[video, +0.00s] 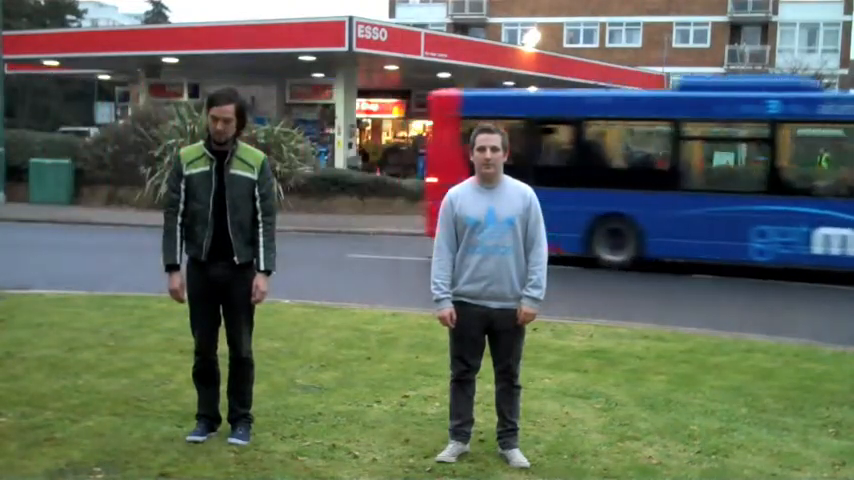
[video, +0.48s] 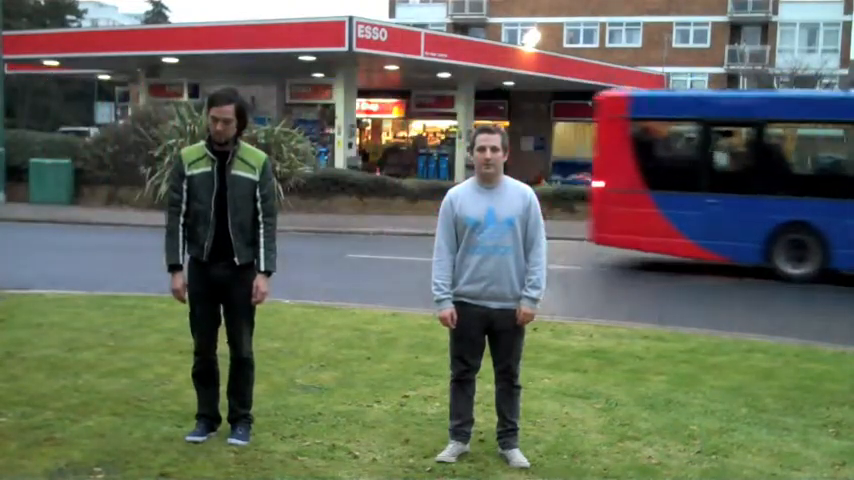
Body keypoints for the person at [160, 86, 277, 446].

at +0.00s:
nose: (220, 126)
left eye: (227, 121)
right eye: (215, 119)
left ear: (239, 123)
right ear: (206, 119)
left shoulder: (257, 163)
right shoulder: (185, 160)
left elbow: (266, 220)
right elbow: (172, 216)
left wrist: (264, 271)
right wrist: (173, 269)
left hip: (241, 270)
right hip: (200, 269)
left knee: (240, 350)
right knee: (203, 349)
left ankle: (240, 421)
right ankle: (206, 419)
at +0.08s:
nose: (220, 127)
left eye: (227, 121)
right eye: (215, 120)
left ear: (239, 123)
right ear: (206, 119)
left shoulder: (258, 163)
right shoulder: (185, 160)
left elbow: (267, 220)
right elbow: (172, 216)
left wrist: (264, 271)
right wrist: (173, 269)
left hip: (241, 270)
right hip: (200, 269)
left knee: (240, 350)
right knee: (203, 349)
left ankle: (240, 421)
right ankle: (206, 419)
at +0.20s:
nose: (220, 127)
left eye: (227, 121)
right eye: (215, 120)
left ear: (240, 123)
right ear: (206, 119)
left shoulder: (258, 163)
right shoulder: (185, 160)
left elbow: (267, 220)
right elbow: (173, 216)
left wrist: (264, 271)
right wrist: (173, 269)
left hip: (241, 270)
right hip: (200, 269)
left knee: (240, 350)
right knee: (203, 349)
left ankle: (240, 421)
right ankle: (206, 419)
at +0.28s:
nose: (220, 127)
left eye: (227, 121)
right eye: (215, 120)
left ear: (240, 123)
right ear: (206, 119)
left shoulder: (258, 163)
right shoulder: (185, 160)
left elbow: (267, 220)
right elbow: (173, 216)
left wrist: (264, 271)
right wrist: (174, 269)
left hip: (241, 270)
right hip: (200, 269)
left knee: (240, 350)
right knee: (203, 349)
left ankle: (240, 421)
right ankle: (206, 419)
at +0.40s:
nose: (219, 127)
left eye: (227, 122)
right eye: (214, 120)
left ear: (240, 124)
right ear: (206, 119)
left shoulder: (258, 164)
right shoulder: (186, 160)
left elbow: (267, 220)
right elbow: (174, 216)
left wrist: (264, 272)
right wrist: (175, 269)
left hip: (241, 270)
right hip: (200, 269)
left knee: (240, 350)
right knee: (204, 349)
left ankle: (240, 421)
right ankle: (206, 419)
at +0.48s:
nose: (219, 127)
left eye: (227, 122)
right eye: (215, 120)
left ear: (240, 124)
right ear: (207, 120)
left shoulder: (259, 164)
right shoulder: (186, 160)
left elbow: (268, 221)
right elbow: (174, 216)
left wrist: (264, 272)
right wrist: (176, 269)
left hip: (241, 271)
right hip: (200, 269)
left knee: (241, 350)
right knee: (203, 350)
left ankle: (240, 421)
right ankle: (206, 419)